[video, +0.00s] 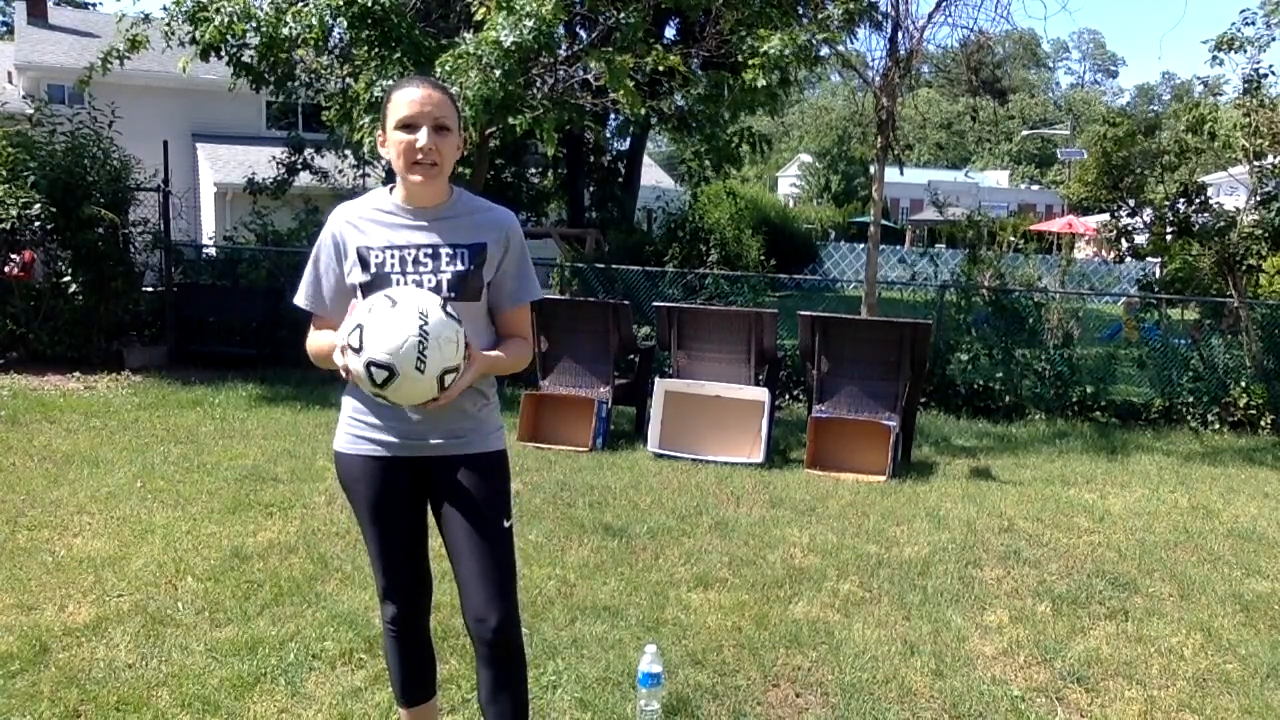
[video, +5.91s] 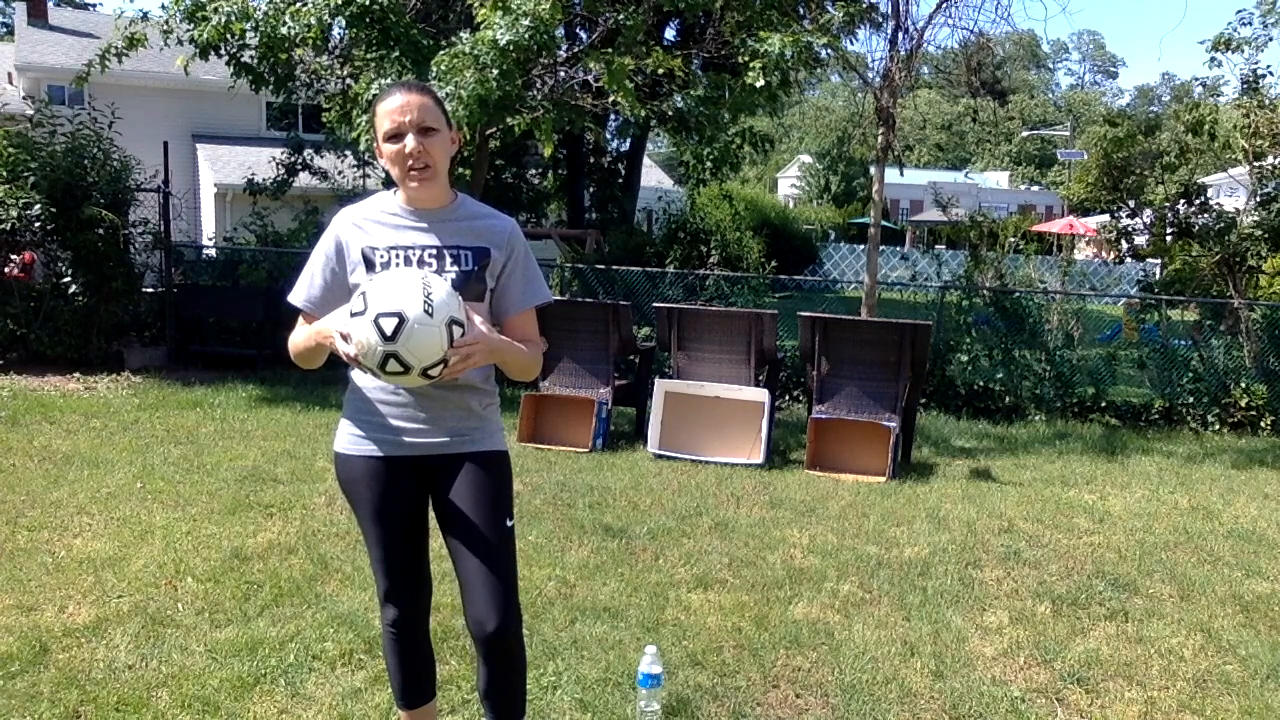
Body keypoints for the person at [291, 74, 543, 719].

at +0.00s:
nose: (424, 140)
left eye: (440, 128)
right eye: (408, 127)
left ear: (460, 143)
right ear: (384, 143)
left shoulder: (496, 227)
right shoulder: (348, 224)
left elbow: (521, 345)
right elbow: (317, 340)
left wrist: (486, 360)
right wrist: (339, 347)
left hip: (469, 445)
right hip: (373, 445)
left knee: (495, 621)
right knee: (401, 608)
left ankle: (508, 719)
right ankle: (420, 715)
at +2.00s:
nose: (399, 140)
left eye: (417, 128)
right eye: (385, 126)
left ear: (439, 144)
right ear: (361, 141)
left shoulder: (482, 226)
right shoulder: (335, 228)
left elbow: (524, 337)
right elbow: (308, 357)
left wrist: (511, 368)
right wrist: (370, 338)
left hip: (468, 441)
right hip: (373, 444)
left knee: (493, 622)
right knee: (400, 610)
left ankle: (505, 719)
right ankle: (419, 714)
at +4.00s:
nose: (417, 150)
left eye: (431, 136)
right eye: (401, 137)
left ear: (452, 146)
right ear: (377, 151)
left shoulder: (490, 230)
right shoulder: (346, 227)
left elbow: (538, 357)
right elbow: (299, 353)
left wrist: (515, 328)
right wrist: (346, 318)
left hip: (469, 437)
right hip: (375, 438)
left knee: (491, 619)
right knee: (400, 608)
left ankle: (503, 718)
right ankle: (420, 716)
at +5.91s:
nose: (414, 145)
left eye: (427, 130)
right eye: (396, 135)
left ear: (453, 140)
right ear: (378, 151)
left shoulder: (497, 231)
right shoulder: (351, 227)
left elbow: (531, 360)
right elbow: (299, 350)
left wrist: (495, 346)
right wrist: (327, 330)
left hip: (470, 442)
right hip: (375, 440)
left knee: (496, 622)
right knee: (402, 609)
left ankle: (506, 717)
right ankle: (418, 715)